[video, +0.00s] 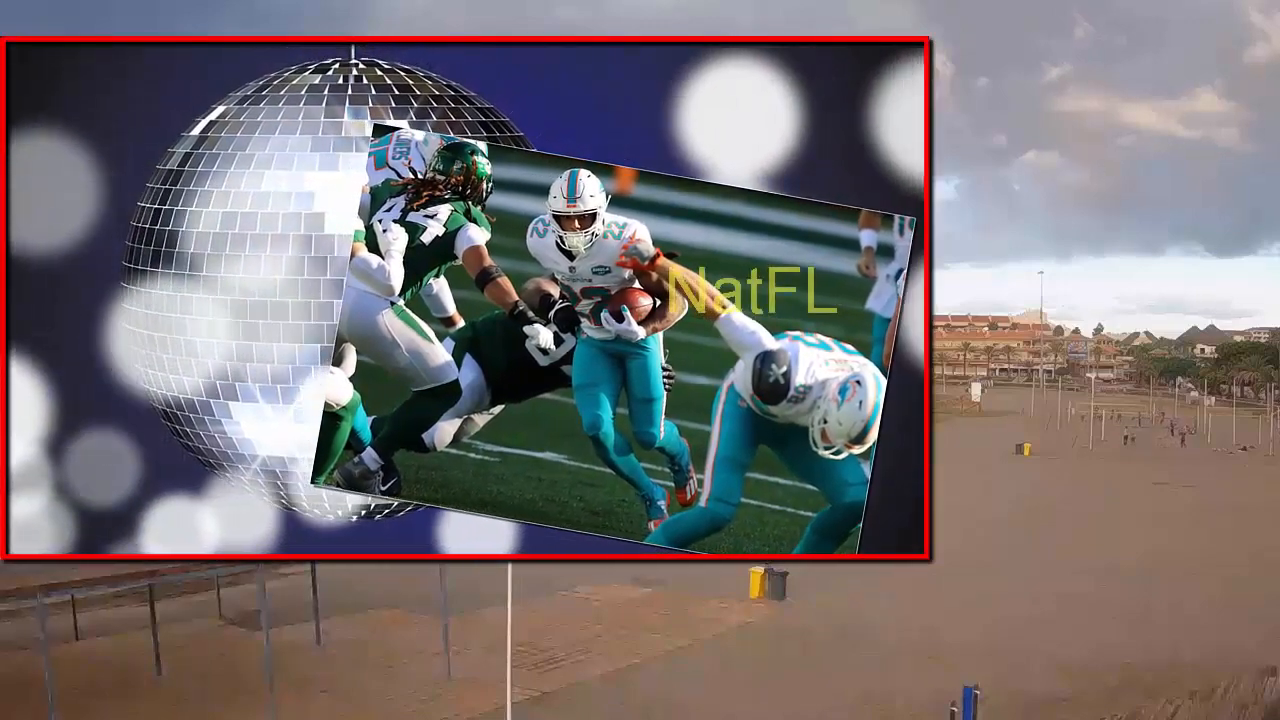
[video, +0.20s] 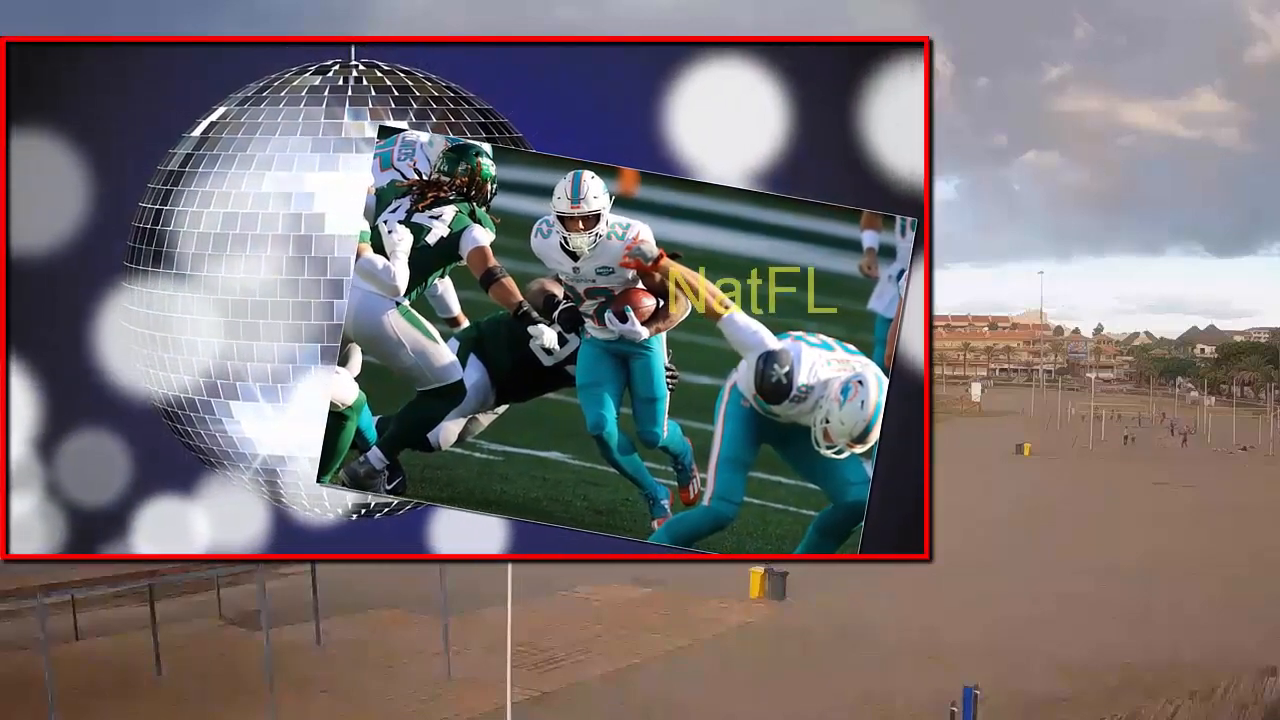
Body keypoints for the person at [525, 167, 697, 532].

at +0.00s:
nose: (574, 226)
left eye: (582, 218)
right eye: (565, 218)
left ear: (599, 211)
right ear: (553, 214)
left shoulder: (630, 238)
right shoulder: (539, 237)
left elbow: (678, 300)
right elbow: (566, 278)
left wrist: (644, 331)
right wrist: (573, 306)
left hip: (641, 342)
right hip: (592, 341)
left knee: (648, 435)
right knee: (597, 428)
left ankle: (681, 462)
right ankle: (653, 497)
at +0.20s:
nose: (577, 227)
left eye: (586, 219)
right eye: (569, 219)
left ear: (603, 213)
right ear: (557, 215)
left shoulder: (634, 239)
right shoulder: (543, 239)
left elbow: (682, 301)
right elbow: (569, 279)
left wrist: (647, 331)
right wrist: (581, 307)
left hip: (644, 342)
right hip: (596, 341)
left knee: (651, 434)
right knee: (600, 428)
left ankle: (684, 461)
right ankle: (656, 495)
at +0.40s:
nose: (581, 228)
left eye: (590, 220)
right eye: (573, 220)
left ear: (606, 214)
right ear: (561, 216)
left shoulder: (637, 240)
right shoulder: (547, 239)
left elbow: (686, 301)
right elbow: (573, 280)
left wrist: (651, 331)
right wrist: (584, 307)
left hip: (648, 342)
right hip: (600, 341)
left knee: (654, 434)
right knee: (604, 428)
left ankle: (687, 460)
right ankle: (659, 495)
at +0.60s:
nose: (586, 228)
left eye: (594, 220)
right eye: (577, 221)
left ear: (610, 214)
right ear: (566, 217)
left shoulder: (641, 241)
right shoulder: (552, 239)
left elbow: (689, 301)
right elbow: (576, 279)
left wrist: (655, 331)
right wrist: (579, 308)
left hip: (651, 342)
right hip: (604, 341)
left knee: (658, 433)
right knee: (608, 427)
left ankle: (691, 459)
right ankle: (663, 494)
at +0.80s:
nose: (590, 230)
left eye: (598, 222)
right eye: (581, 223)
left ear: (614, 215)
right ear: (569, 219)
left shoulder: (645, 242)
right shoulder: (556, 241)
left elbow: (691, 301)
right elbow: (583, 282)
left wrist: (658, 332)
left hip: (655, 343)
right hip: (607, 341)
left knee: (662, 433)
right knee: (612, 427)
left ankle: (693, 458)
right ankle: (666, 493)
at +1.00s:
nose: (594, 231)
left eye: (602, 223)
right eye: (585, 223)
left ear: (618, 218)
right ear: (573, 220)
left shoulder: (648, 242)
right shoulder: (561, 241)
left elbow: (696, 298)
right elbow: (583, 280)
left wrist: (662, 331)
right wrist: (582, 308)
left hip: (657, 341)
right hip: (610, 341)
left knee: (665, 432)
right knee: (616, 425)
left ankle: (697, 452)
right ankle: (670, 491)